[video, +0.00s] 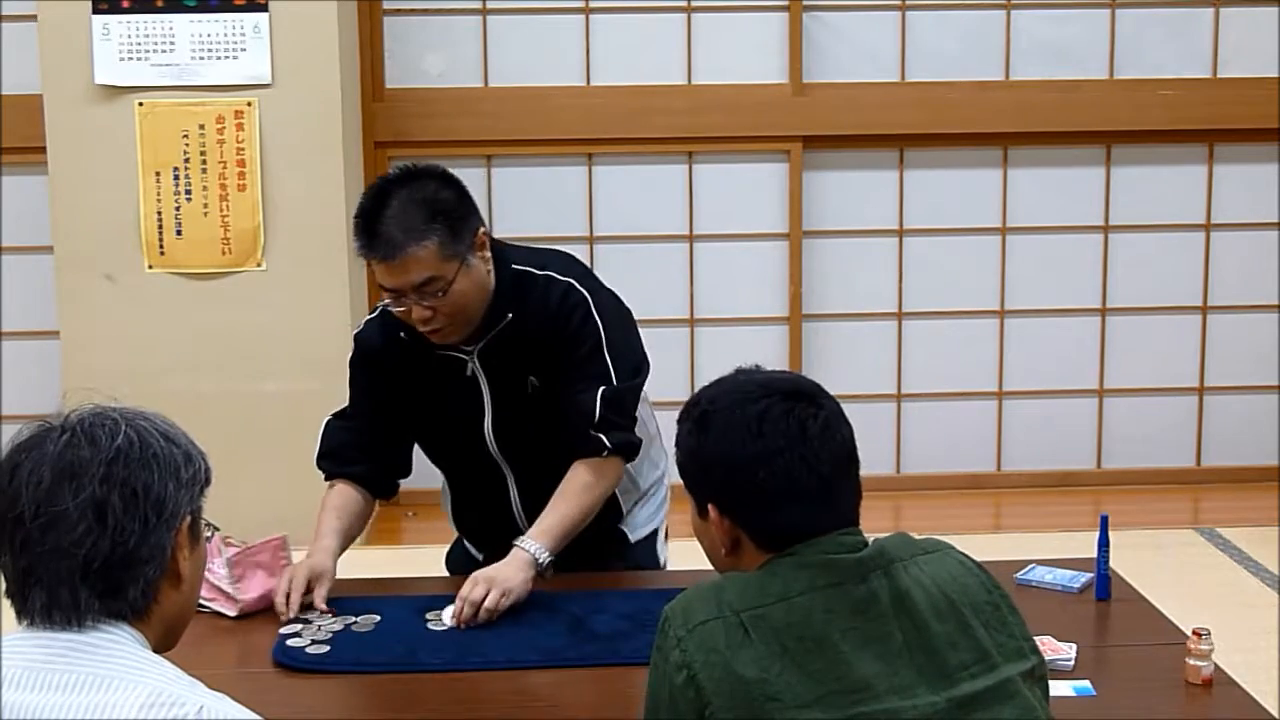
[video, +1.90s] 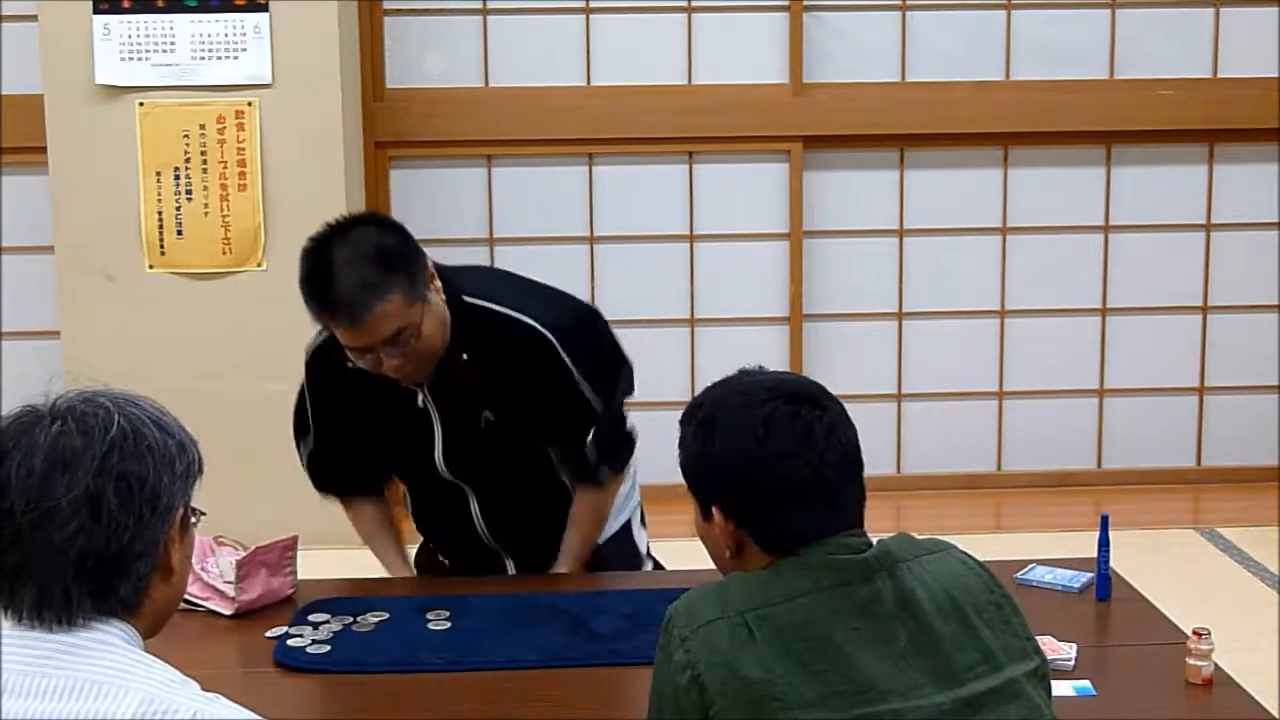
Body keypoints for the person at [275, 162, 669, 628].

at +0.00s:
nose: (418, 314)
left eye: (433, 289)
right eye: (395, 296)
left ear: (481, 249)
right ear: (377, 275)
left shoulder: (570, 301)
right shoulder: (385, 343)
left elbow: (606, 450)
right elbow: (360, 463)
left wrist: (526, 557)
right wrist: (323, 548)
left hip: (605, 540)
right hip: (488, 546)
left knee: (607, 706)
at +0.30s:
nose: (447, 316)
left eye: (465, 298)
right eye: (429, 298)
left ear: (522, 261)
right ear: (415, 273)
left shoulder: (602, 320)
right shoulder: (409, 329)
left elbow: (578, 482)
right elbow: (368, 449)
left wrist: (461, 557)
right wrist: (325, 544)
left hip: (609, 512)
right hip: (491, 515)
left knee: (603, 679)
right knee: (496, 671)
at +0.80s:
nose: (457, 321)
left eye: (476, 300)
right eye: (436, 301)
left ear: (528, 259)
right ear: (418, 273)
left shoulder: (613, 330)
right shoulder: (407, 324)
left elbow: (631, 484)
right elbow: (365, 441)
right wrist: (338, 551)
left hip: (603, 563)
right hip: (481, 560)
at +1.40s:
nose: (387, 325)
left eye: (400, 301)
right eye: (364, 308)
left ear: (447, 252)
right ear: (344, 285)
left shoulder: (546, 314)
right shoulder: (353, 328)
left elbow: (561, 473)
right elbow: (328, 444)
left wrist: (446, 546)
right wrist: (317, 542)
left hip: (581, 521)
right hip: (464, 529)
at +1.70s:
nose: (372, 334)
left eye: (385, 309)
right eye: (348, 319)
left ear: (425, 257)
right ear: (325, 299)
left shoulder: (535, 310)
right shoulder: (333, 335)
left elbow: (617, 428)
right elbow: (320, 426)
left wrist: (518, 513)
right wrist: (323, 516)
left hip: (571, 537)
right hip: (454, 544)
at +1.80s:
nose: (378, 348)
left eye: (390, 322)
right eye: (353, 335)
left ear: (425, 268)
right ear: (326, 314)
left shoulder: (533, 313)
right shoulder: (326, 347)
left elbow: (631, 407)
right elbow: (323, 432)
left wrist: (570, 520)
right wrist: (347, 528)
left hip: (576, 563)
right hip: (453, 565)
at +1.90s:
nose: (389, 363)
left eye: (400, 338)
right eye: (363, 353)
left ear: (432, 283)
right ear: (335, 329)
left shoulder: (544, 333)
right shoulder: (333, 366)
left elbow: (603, 459)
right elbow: (352, 480)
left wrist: (565, 575)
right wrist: (403, 581)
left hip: (584, 556)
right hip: (455, 566)